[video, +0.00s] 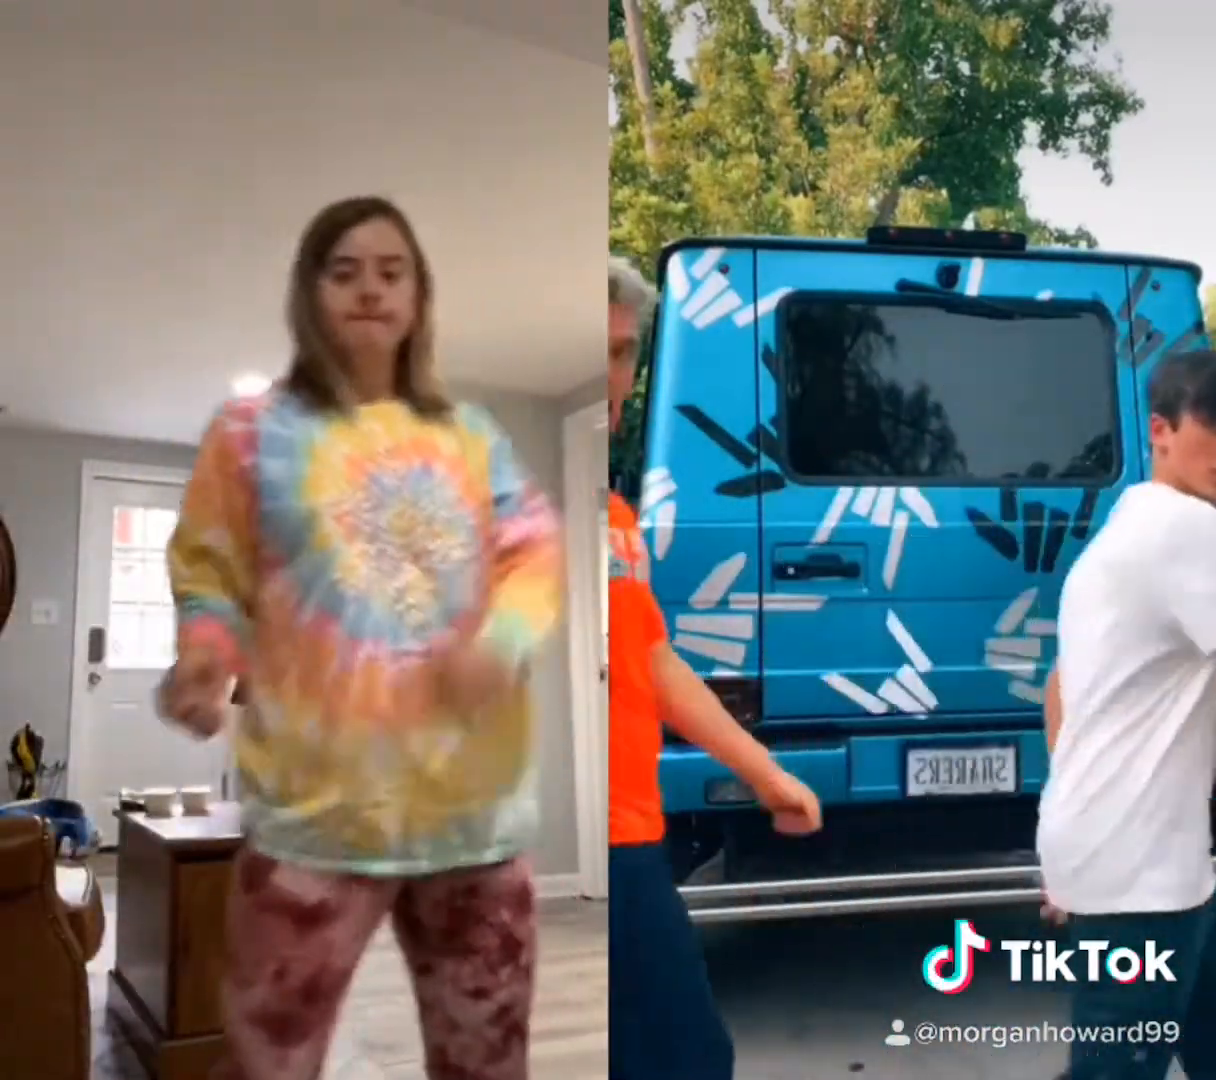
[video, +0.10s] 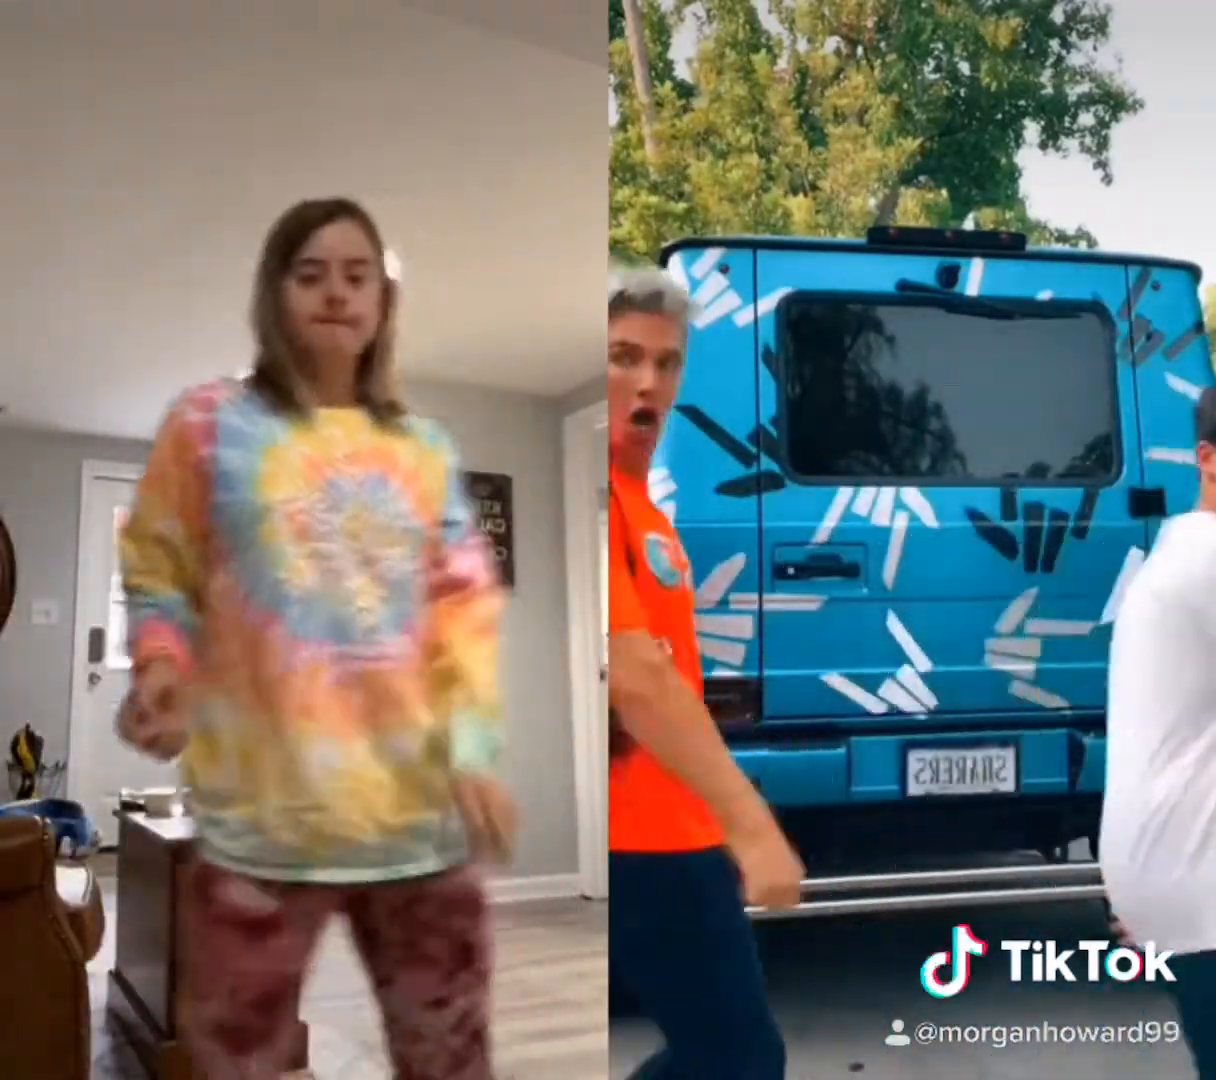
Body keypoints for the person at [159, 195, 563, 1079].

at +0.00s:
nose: (370, 289)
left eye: (392, 271)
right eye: (345, 270)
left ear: (419, 296)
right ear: (309, 295)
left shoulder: (471, 437)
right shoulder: (252, 432)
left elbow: (537, 555)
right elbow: (205, 567)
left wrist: (499, 643)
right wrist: (208, 651)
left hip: (468, 807)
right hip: (312, 811)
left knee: (487, 1061)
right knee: (270, 1059)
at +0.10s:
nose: (336, 292)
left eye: (358, 274)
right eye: (311, 272)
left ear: (385, 299)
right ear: (274, 295)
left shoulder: (425, 451)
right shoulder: (207, 424)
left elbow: (466, 609)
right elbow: (154, 565)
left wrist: (474, 755)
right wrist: (160, 663)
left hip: (412, 813)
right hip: (253, 815)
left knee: (450, 1060)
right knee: (240, 1060)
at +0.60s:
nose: (276, 272)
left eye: (299, 253)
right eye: (250, 252)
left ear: (326, 280)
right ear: (213, 276)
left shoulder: (355, 427)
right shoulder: (152, 383)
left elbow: (349, 597)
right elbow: (160, 560)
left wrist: (333, 721)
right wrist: (277, 700)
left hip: (341, 801)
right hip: (179, 806)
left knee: (383, 1056)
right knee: (163, 1063)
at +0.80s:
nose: (347, 282)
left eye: (369, 263)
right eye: (319, 263)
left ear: (395, 292)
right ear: (280, 288)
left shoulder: (428, 443)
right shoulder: (223, 429)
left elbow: (452, 632)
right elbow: (197, 626)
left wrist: (467, 781)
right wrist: (264, 792)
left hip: (418, 822)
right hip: (262, 831)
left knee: (495, 1063)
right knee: (228, 1067)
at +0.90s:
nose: (394, 292)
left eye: (415, 273)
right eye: (366, 274)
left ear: (443, 300)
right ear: (329, 301)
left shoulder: (481, 452)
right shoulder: (279, 445)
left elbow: (522, 636)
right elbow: (221, 646)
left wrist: (551, 794)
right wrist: (203, 833)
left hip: (481, 840)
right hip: (320, 850)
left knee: (563, 1068)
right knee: (300, 1069)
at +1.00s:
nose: (435, 281)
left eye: (457, 260)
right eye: (407, 262)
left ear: (485, 291)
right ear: (369, 290)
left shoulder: (526, 443)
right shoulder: (324, 441)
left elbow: (574, 654)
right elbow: (246, 637)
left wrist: (655, 799)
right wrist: (189, 814)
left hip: (542, 839)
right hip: (397, 846)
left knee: (576, 1067)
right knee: (419, 1067)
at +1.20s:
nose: (501, 254)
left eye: (523, 232)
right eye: (471, 234)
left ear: (551, 261)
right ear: (431, 261)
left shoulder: (585, 420)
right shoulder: (385, 421)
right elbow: (332, 628)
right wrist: (309, 801)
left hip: (582, 793)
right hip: (457, 801)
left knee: (582, 1053)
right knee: (563, 1056)